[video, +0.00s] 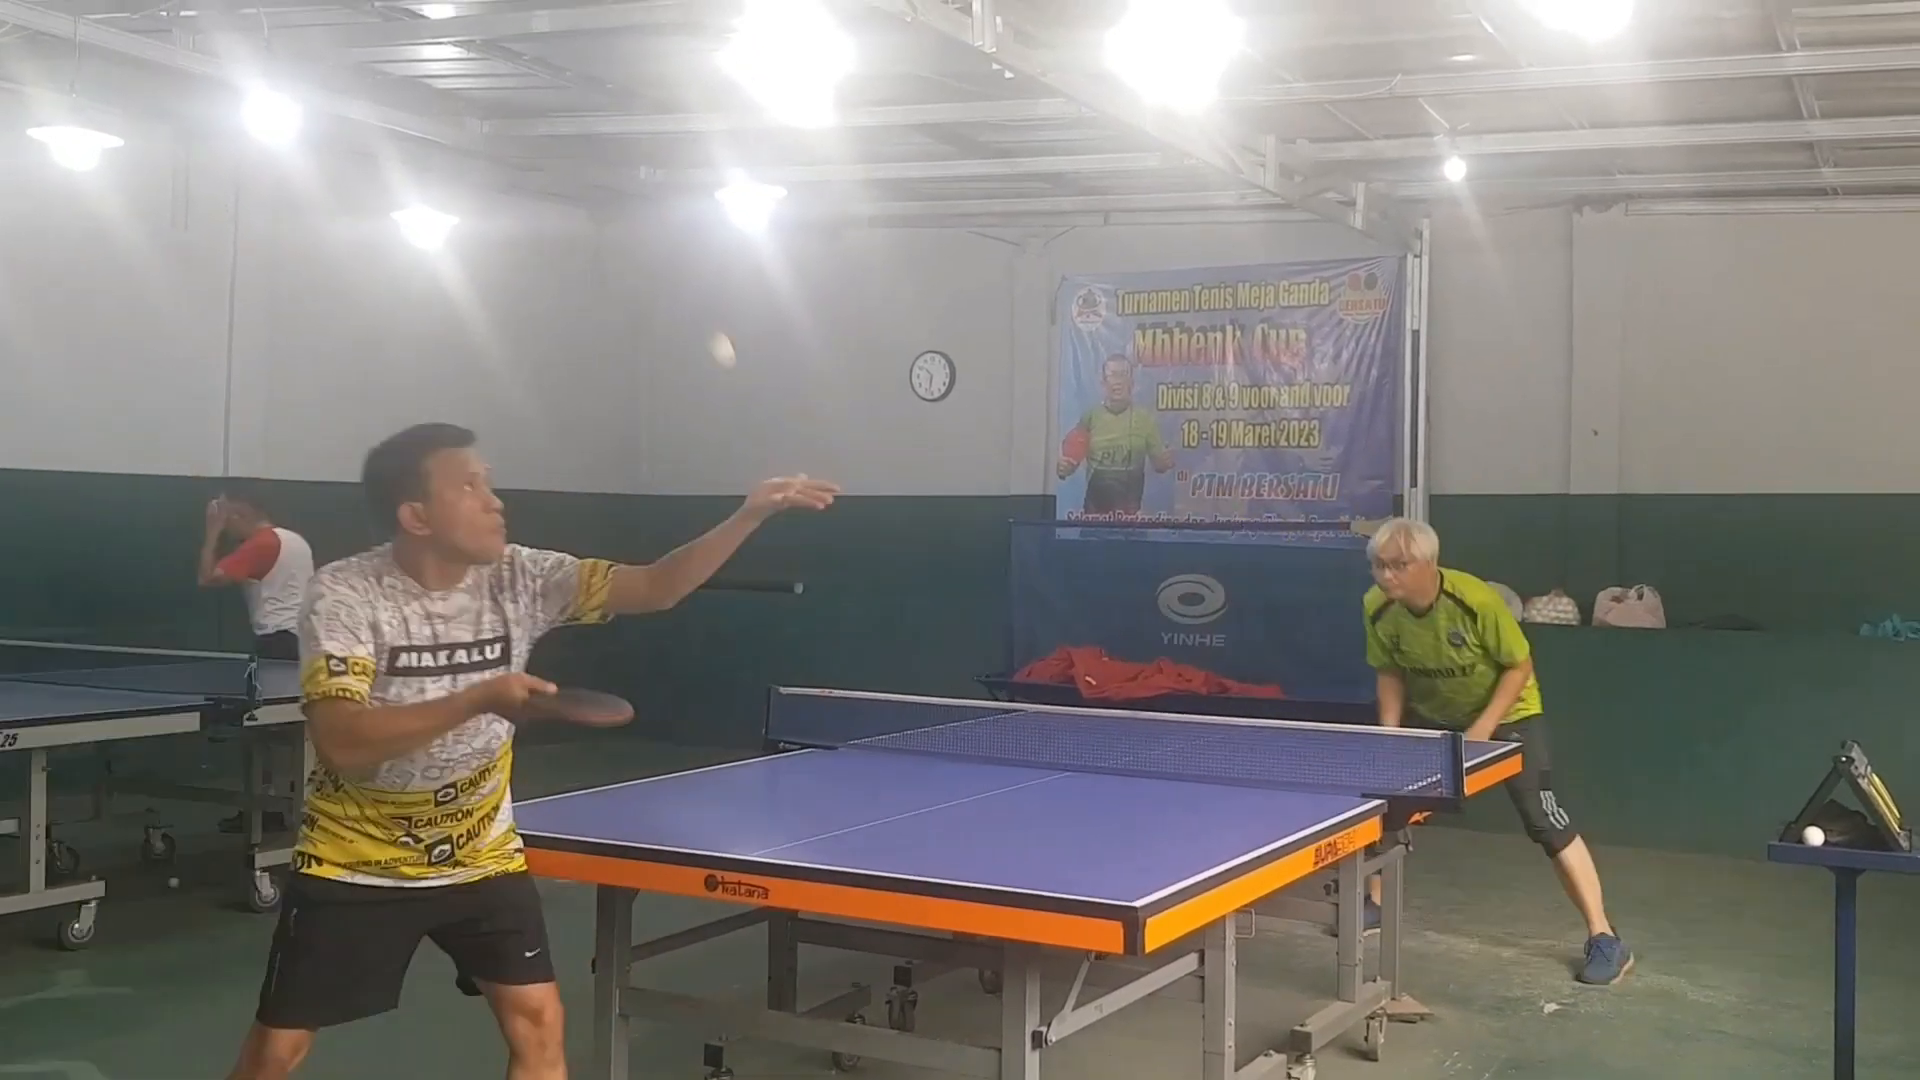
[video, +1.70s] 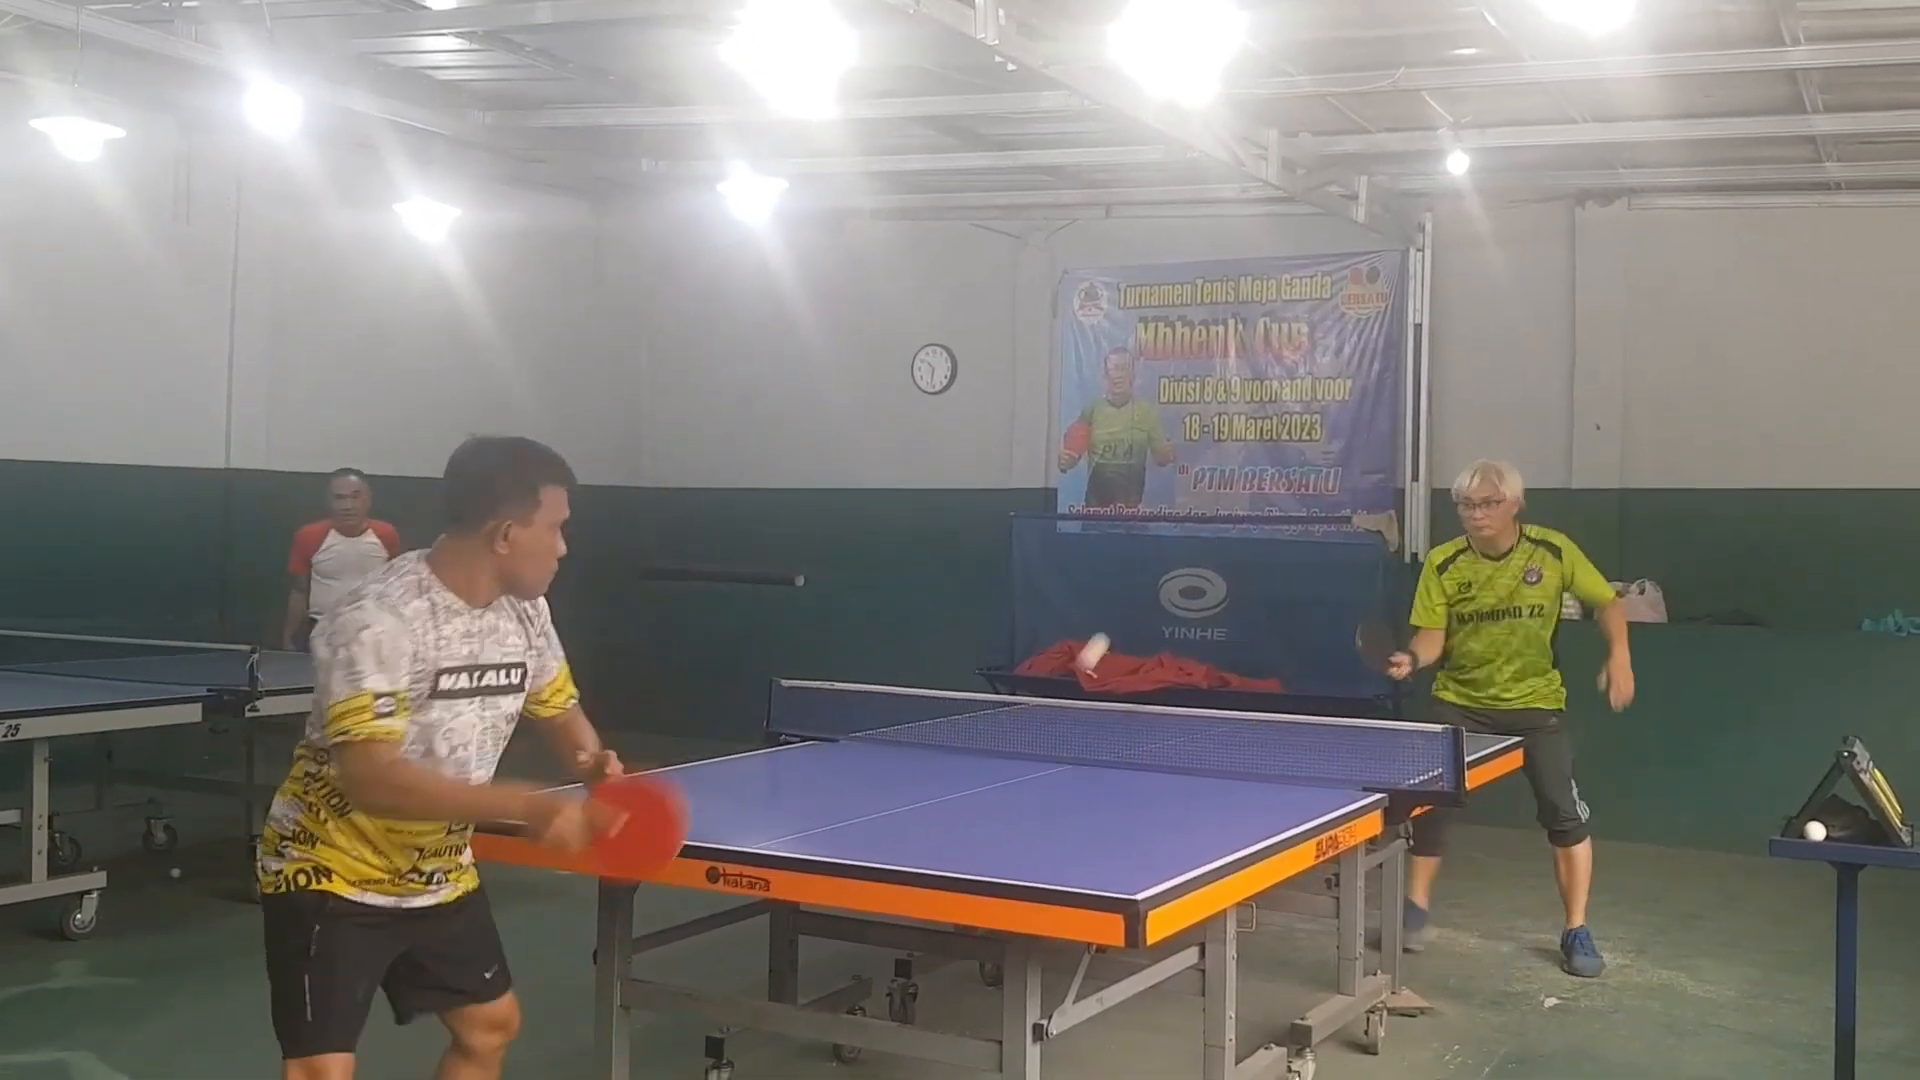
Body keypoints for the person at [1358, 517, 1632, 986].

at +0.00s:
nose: (1383, 576)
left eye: (1394, 566)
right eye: (1378, 566)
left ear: (1425, 566)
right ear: (1375, 568)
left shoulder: (1475, 600)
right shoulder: (1377, 608)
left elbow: (1520, 666)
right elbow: (1389, 675)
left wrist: (1483, 727)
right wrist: (1388, 741)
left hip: (1508, 715)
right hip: (1430, 719)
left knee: (1542, 817)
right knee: (1378, 805)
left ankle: (1603, 936)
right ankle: (1369, 904)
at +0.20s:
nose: (1376, 530)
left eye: (1387, 520)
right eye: (1371, 521)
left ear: (1418, 520)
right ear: (1366, 523)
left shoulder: (1465, 565)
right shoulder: (1357, 570)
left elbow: (1494, 632)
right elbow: (1352, 633)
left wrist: (1458, 691)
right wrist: (1339, 696)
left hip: (1472, 700)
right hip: (1394, 702)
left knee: (1504, 803)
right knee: (1367, 797)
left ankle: (1539, 915)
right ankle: (1370, 898)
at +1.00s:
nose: (1428, 530)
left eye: (1439, 519)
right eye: (1421, 520)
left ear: (1467, 516)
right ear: (1414, 521)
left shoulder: (1518, 555)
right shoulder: (1407, 573)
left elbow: (1555, 626)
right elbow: (1424, 649)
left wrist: (1522, 652)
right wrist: (1413, 670)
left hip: (1511, 710)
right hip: (1433, 710)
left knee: (1545, 822)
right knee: (1365, 791)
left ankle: (1577, 931)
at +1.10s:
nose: (1453, 521)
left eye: (1464, 510)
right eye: (1445, 512)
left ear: (1493, 508)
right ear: (1438, 513)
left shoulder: (1540, 542)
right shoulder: (1432, 566)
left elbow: (1585, 601)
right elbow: (1465, 630)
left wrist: (1568, 628)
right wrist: (1468, 659)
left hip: (1536, 703)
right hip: (1468, 708)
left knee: (1565, 822)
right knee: (1397, 794)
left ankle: (1578, 928)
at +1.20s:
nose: (1467, 513)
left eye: (1479, 501)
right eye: (1458, 503)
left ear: (1507, 499)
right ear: (1450, 503)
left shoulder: (1544, 527)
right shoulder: (1444, 555)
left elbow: (1593, 576)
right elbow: (1481, 605)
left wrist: (1598, 594)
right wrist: (1496, 641)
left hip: (1546, 699)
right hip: (1475, 701)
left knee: (1575, 813)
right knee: (1441, 797)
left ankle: (1579, 927)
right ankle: (1427, 917)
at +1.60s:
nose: (1481, 501)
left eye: (1493, 490)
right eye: (1473, 491)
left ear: (1519, 492)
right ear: (1463, 495)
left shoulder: (1557, 534)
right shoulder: (1444, 552)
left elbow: (1607, 584)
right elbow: (1444, 627)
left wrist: (1614, 604)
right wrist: (1435, 643)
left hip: (1540, 686)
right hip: (1468, 689)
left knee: (1563, 798)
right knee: (1466, 794)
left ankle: (1577, 929)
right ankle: (1468, 929)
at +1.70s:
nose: (1476, 513)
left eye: (1488, 503)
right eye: (1468, 504)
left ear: (1514, 507)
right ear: (1459, 509)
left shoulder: (1553, 551)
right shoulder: (1441, 564)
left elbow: (1608, 603)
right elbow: (1430, 636)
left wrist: (1619, 657)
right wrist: (1411, 656)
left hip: (1535, 701)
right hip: (1459, 700)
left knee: (1561, 809)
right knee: (1428, 795)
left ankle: (1576, 929)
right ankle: (1415, 910)